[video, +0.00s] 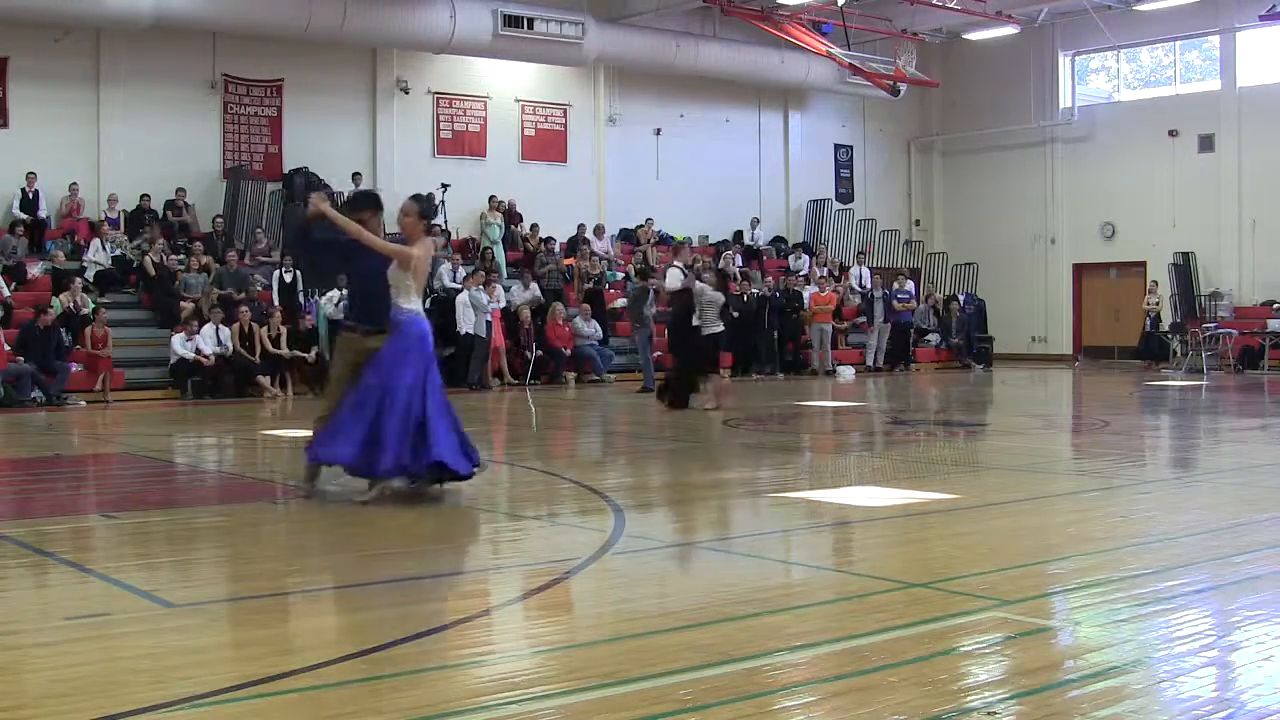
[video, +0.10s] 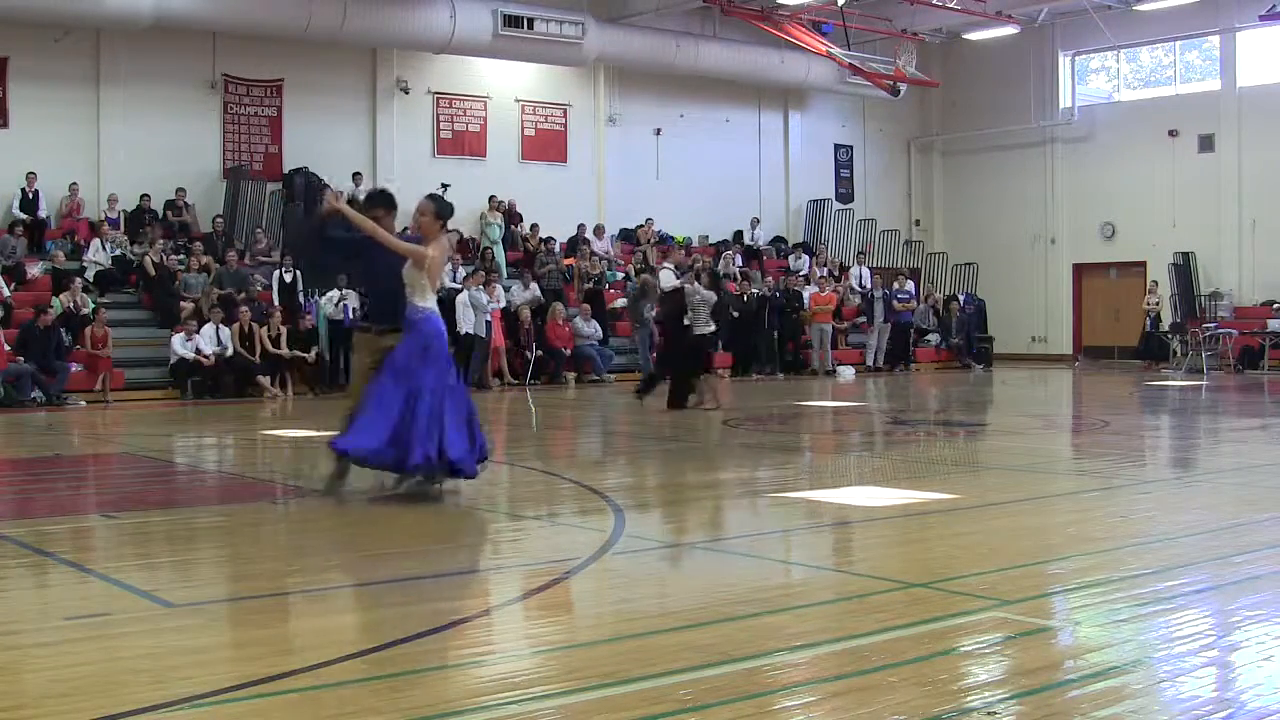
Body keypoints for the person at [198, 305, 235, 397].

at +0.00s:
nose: (216, 316)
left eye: (218, 313)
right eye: (213, 313)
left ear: (222, 315)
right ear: (209, 315)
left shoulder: (226, 330)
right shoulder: (205, 330)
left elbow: (230, 347)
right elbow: (207, 348)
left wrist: (226, 350)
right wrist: (220, 350)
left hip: (225, 355)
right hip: (212, 356)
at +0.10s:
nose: (216, 315)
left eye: (218, 312)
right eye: (213, 313)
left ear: (222, 315)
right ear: (209, 315)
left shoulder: (226, 330)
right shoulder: (204, 330)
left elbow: (230, 347)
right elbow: (205, 348)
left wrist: (226, 354)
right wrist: (217, 349)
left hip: (225, 356)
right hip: (211, 357)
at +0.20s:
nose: (216, 315)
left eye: (218, 312)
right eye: (213, 313)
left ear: (222, 315)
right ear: (209, 315)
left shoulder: (226, 330)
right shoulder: (204, 330)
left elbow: (230, 347)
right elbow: (204, 347)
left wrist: (226, 354)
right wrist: (214, 351)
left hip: (224, 354)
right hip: (211, 355)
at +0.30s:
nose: (216, 315)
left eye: (219, 313)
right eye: (214, 313)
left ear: (222, 315)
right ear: (210, 315)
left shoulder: (227, 330)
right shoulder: (204, 330)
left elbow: (229, 346)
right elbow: (204, 347)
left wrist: (227, 354)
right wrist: (214, 352)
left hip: (224, 356)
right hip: (211, 356)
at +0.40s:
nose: (217, 316)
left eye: (219, 314)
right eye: (214, 314)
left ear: (223, 316)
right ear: (210, 316)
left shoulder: (227, 331)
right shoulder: (204, 330)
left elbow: (229, 347)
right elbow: (204, 347)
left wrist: (227, 354)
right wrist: (214, 353)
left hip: (224, 356)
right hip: (211, 356)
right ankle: (218, 390)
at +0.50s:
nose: (217, 317)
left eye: (219, 314)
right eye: (214, 314)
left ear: (223, 316)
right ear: (210, 316)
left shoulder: (227, 331)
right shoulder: (204, 330)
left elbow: (229, 347)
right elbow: (203, 346)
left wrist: (227, 354)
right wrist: (214, 353)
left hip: (223, 356)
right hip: (210, 356)